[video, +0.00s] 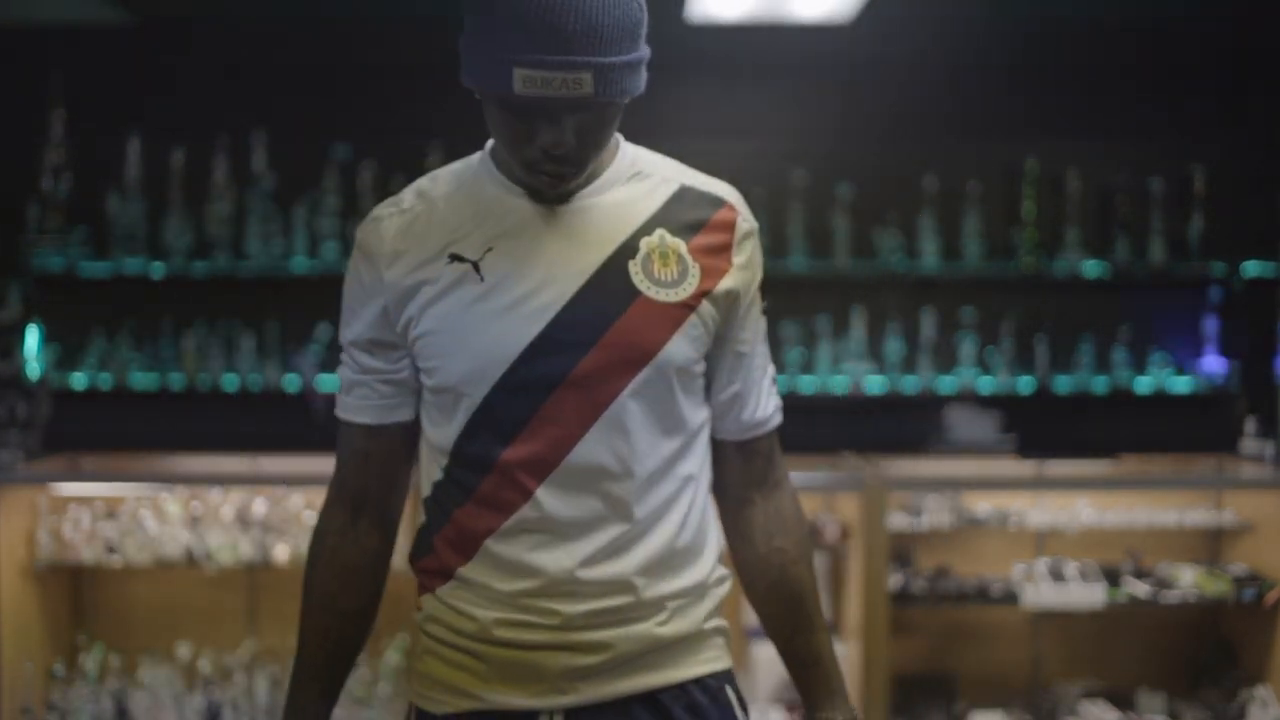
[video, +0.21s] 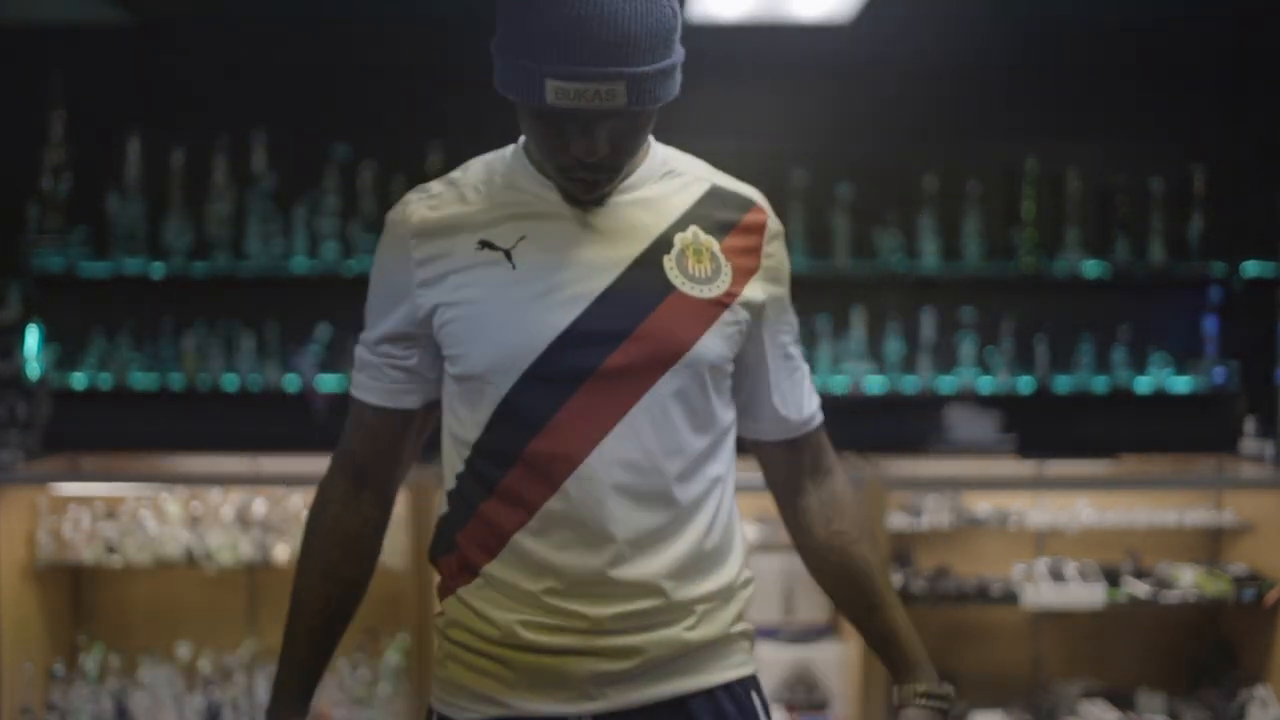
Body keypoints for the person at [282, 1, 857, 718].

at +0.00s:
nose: (559, 142)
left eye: (590, 111)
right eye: (528, 110)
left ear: (629, 90)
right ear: (481, 88)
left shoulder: (711, 223)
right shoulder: (398, 241)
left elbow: (756, 485)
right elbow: (360, 507)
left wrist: (830, 702)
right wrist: (304, 710)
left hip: (672, 684)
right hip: (470, 690)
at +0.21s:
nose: (592, 150)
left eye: (622, 120)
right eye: (562, 120)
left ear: (663, 87)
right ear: (514, 88)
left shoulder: (736, 224)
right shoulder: (428, 230)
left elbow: (808, 469)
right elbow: (360, 478)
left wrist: (919, 673)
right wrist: (286, 703)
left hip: (695, 682)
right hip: (493, 687)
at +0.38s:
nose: (645, 144)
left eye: (674, 111)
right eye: (613, 113)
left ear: (706, 91)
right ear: (561, 89)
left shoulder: (776, 227)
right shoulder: (459, 224)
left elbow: (884, 454)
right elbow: (348, 459)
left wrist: (1029, 658)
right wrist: (257, 692)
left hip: (726, 680)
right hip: (526, 687)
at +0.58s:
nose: (718, 149)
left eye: (746, 117)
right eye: (690, 115)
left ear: (785, 88)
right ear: (629, 80)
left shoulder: (830, 233)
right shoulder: (522, 221)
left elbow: (914, 472)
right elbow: (411, 484)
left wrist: (1094, 632)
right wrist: (310, 706)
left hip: (775, 680)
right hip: (576, 682)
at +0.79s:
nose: (814, 158)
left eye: (838, 129)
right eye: (790, 127)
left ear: (861, 105)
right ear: (709, 88)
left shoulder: (879, 242)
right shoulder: (581, 214)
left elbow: (922, 485)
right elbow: (473, 464)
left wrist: (1084, 658)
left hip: (802, 683)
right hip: (605, 683)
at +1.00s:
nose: (852, 175)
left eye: (883, 148)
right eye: (830, 141)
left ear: (909, 128)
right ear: (756, 92)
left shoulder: (911, 252)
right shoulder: (622, 202)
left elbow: (929, 516)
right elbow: (516, 472)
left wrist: (982, 704)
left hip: (815, 684)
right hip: (621, 683)